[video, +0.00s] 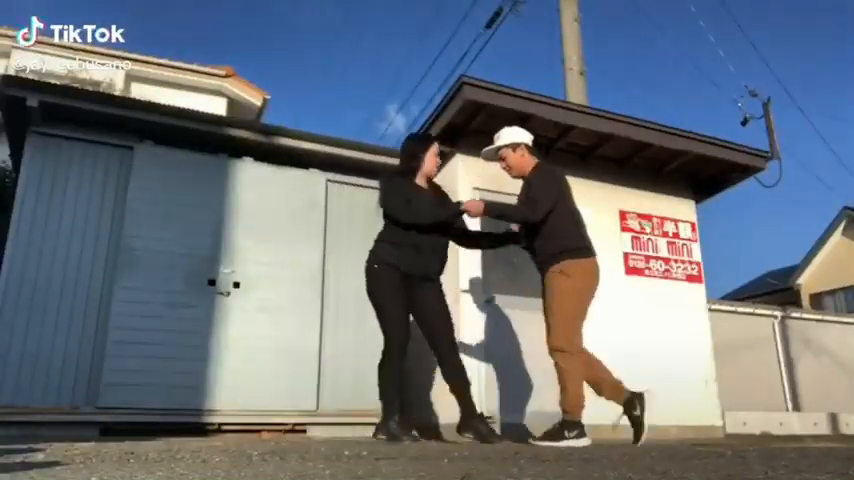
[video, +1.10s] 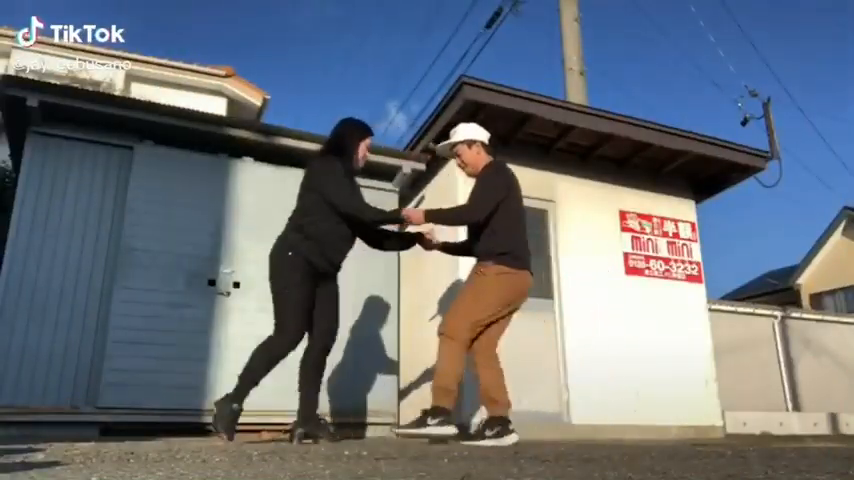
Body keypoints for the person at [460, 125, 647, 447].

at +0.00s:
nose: (502, 166)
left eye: (503, 158)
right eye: (500, 160)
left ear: (522, 150)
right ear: (518, 154)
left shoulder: (542, 176)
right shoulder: (539, 181)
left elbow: (531, 214)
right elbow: (528, 234)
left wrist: (486, 208)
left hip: (569, 267)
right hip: (566, 268)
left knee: (563, 346)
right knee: (567, 347)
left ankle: (572, 425)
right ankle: (627, 399)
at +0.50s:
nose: (504, 164)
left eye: (505, 156)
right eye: (501, 159)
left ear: (524, 148)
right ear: (517, 154)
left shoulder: (549, 173)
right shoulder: (526, 190)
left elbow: (570, 214)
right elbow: (520, 238)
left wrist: (528, 213)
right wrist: (490, 230)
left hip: (576, 268)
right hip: (547, 277)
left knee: (581, 344)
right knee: (528, 333)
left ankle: (601, 422)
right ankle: (572, 394)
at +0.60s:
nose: (497, 161)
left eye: (499, 153)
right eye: (494, 156)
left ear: (517, 145)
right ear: (509, 152)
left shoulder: (544, 170)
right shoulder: (519, 187)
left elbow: (569, 209)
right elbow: (503, 233)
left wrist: (525, 200)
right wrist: (473, 213)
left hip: (569, 268)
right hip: (536, 276)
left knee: (583, 345)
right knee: (513, 331)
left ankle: (600, 422)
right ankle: (532, 414)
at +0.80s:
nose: (479, 159)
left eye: (481, 151)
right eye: (477, 154)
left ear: (499, 146)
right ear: (493, 151)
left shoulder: (529, 169)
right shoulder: (498, 189)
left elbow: (544, 208)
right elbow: (485, 239)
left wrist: (505, 185)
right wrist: (458, 215)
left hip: (538, 274)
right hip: (510, 281)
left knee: (539, 346)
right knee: (502, 349)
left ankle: (593, 416)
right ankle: (503, 422)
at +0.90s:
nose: (473, 164)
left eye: (475, 156)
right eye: (471, 158)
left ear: (493, 147)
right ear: (488, 151)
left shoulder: (518, 170)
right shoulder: (497, 190)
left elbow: (530, 205)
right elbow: (491, 246)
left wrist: (487, 196)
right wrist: (453, 229)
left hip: (520, 273)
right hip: (513, 275)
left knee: (482, 336)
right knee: (499, 344)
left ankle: (547, 386)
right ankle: (501, 423)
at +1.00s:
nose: (465, 163)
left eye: (466, 155)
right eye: (462, 158)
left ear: (484, 147)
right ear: (486, 151)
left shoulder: (503, 174)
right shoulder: (508, 182)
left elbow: (493, 212)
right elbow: (486, 248)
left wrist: (453, 215)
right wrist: (446, 246)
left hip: (505, 272)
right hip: (522, 277)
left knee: (457, 325)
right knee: (491, 345)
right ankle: (500, 426)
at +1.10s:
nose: (457, 164)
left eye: (459, 155)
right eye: (455, 158)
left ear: (477, 147)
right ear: (476, 151)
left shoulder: (495, 174)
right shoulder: (500, 181)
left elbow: (473, 213)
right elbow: (477, 246)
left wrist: (425, 215)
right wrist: (438, 245)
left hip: (498, 271)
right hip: (514, 275)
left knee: (453, 330)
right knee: (483, 345)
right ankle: (498, 420)